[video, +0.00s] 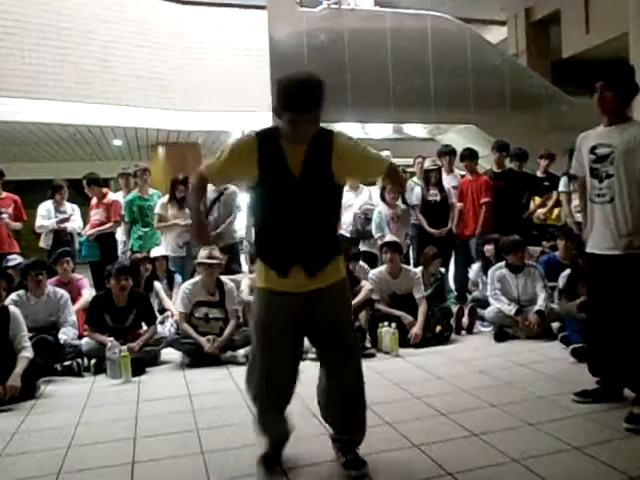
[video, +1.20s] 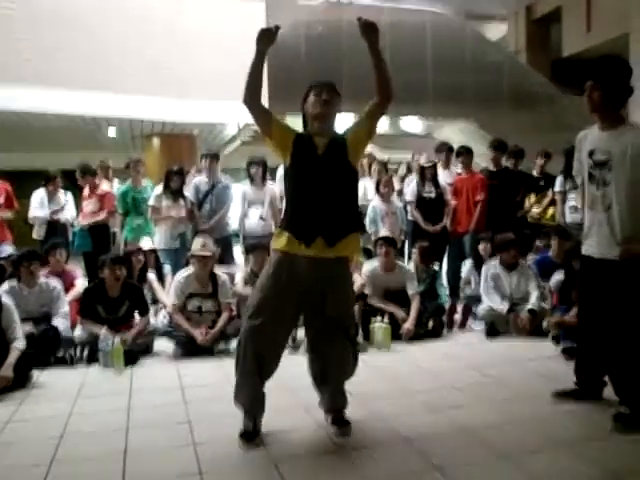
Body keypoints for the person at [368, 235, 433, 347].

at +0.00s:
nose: (389, 256)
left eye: (393, 252)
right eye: (386, 252)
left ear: (400, 254)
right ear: (382, 256)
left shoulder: (413, 274)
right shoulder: (375, 275)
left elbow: (422, 302)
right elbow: (376, 303)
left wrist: (419, 327)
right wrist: (401, 315)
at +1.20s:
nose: (384, 250)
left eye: (388, 246)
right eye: (380, 247)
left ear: (394, 250)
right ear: (376, 250)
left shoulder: (406, 271)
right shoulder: (369, 269)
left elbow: (415, 297)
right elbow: (370, 297)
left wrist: (410, 322)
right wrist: (396, 311)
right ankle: (368, 339)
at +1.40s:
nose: (385, 225)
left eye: (388, 221)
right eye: (381, 222)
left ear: (394, 224)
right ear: (376, 226)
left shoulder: (405, 244)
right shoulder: (369, 244)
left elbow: (415, 272)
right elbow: (370, 273)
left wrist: (411, 296)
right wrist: (395, 286)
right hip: (378, 275)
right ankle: (370, 315)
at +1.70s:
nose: (387, 224)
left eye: (391, 220)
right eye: (383, 221)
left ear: (397, 224)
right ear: (379, 225)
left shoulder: (410, 244)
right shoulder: (371, 245)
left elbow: (418, 272)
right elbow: (372, 272)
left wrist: (414, 296)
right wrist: (397, 285)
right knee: (368, 281)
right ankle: (372, 314)